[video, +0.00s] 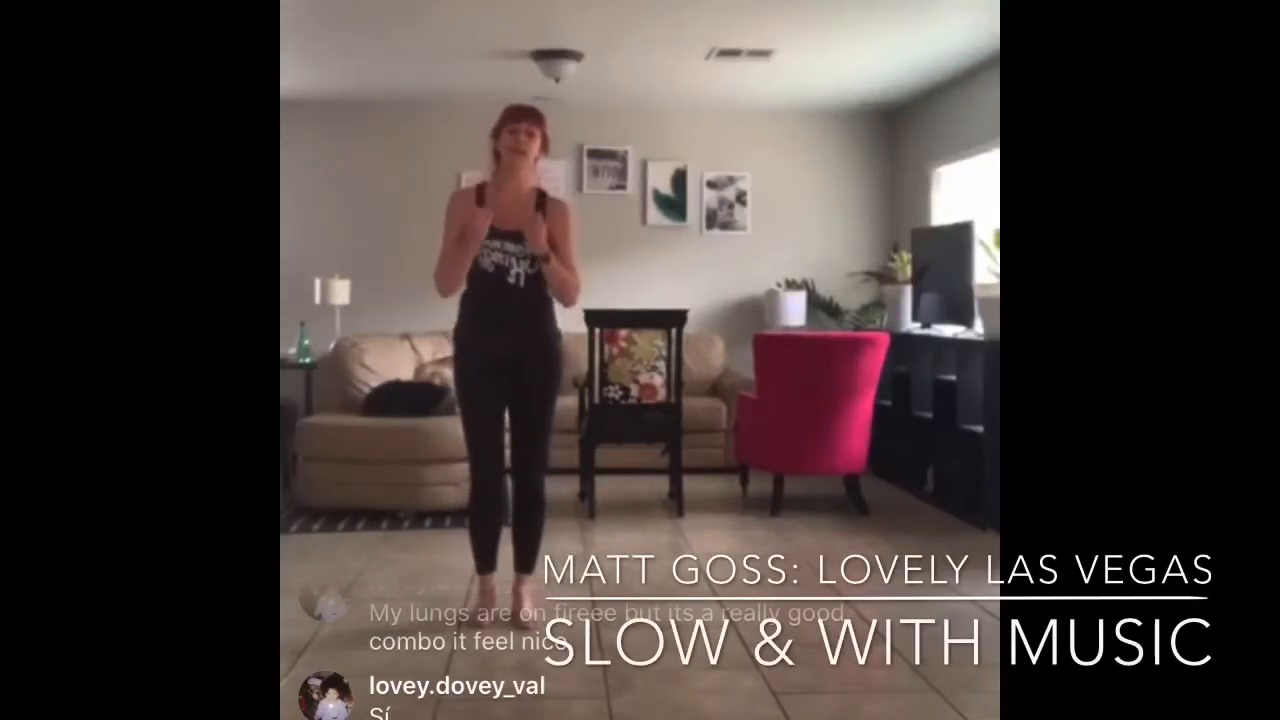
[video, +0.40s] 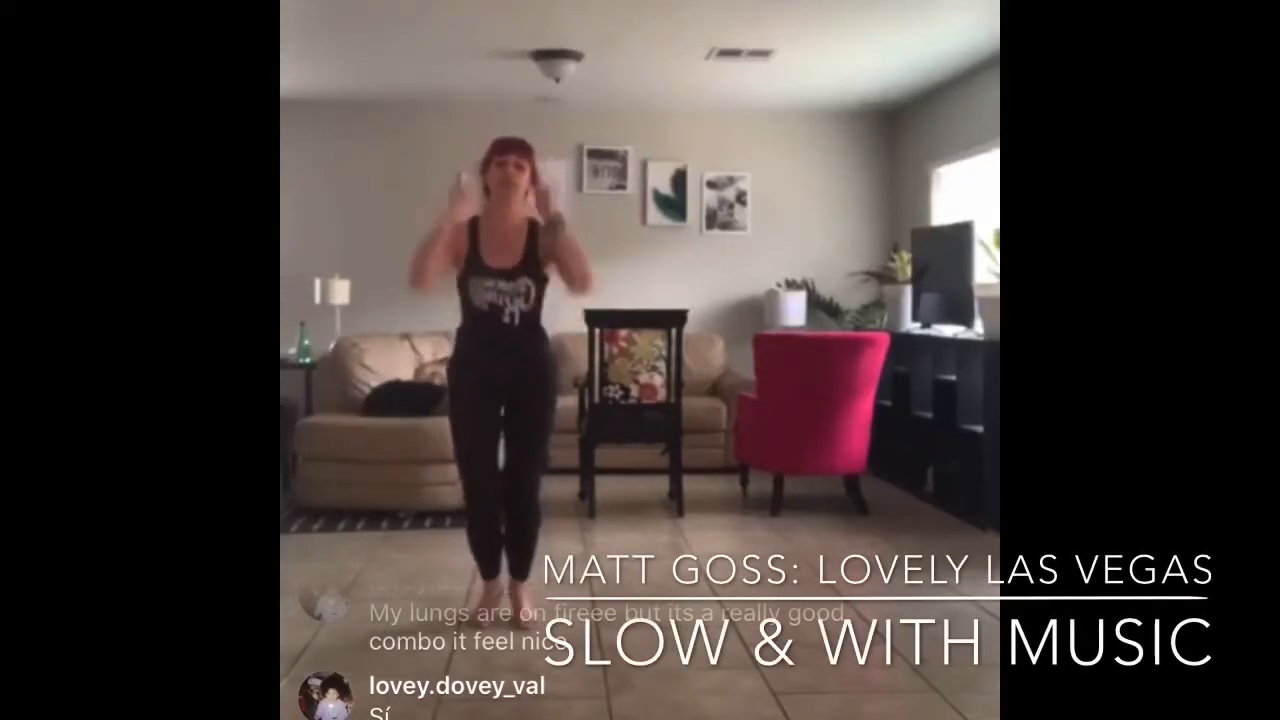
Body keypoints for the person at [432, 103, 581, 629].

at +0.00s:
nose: (519, 139)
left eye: (529, 134)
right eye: (511, 131)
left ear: (542, 149)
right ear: (495, 141)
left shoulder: (555, 209)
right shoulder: (466, 201)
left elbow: (570, 293)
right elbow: (446, 284)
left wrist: (543, 249)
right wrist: (472, 236)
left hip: (535, 347)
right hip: (479, 346)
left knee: (529, 469)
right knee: (485, 469)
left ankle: (525, 583)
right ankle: (485, 584)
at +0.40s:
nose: (507, 172)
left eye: (518, 167)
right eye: (499, 165)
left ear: (530, 181)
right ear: (484, 177)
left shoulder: (544, 232)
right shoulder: (463, 230)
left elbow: (582, 283)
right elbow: (421, 279)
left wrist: (553, 219)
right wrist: (449, 217)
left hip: (529, 367)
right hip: (474, 366)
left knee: (523, 479)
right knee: (478, 480)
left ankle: (521, 583)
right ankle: (490, 582)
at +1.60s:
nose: (402, 146)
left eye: (413, 140)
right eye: (393, 138)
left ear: (426, 154)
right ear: (377, 148)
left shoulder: (437, 218)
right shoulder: (348, 203)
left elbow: (467, 286)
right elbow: (287, 210)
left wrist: (437, 318)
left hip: (407, 361)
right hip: (348, 360)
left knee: (497, 461)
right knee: (339, 487)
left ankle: (493, 581)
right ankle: (326, 598)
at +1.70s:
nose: (393, 147)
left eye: (404, 139)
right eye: (384, 138)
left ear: (418, 151)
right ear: (368, 147)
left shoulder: (430, 217)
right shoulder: (340, 202)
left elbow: (458, 279)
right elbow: (283, 210)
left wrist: (389, 296)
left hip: (403, 366)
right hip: (338, 364)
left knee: (492, 453)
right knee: (333, 481)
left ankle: (495, 578)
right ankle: (325, 597)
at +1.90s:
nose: (377, 145)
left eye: (387, 138)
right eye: (368, 136)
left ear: (402, 151)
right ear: (350, 146)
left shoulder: (413, 210)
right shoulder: (323, 205)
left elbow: (428, 252)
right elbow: (280, 216)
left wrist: (349, 249)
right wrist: (312, 241)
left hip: (387, 360)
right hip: (324, 358)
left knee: (475, 452)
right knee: (324, 476)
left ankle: (493, 578)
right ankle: (322, 595)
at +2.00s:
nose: (375, 144)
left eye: (384, 138)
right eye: (366, 136)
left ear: (398, 151)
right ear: (346, 146)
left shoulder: (410, 209)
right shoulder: (321, 205)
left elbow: (424, 246)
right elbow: (280, 218)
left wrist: (351, 245)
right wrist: (314, 232)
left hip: (383, 359)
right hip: (320, 356)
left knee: (472, 455)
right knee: (323, 473)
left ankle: (492, 579)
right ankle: (321, 594)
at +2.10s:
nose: (374, 144)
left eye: (383, 138)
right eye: (365, 135)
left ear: (397, 151)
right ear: (345, 146)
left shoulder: (409, 208)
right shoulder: (320, 205)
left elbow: (421, 245)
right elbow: (280, 218)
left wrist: (347, 246)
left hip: (382, 359)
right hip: (319, 356)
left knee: (471, 456)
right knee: (323, 474)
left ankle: (492, 579)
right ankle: (321, 594)